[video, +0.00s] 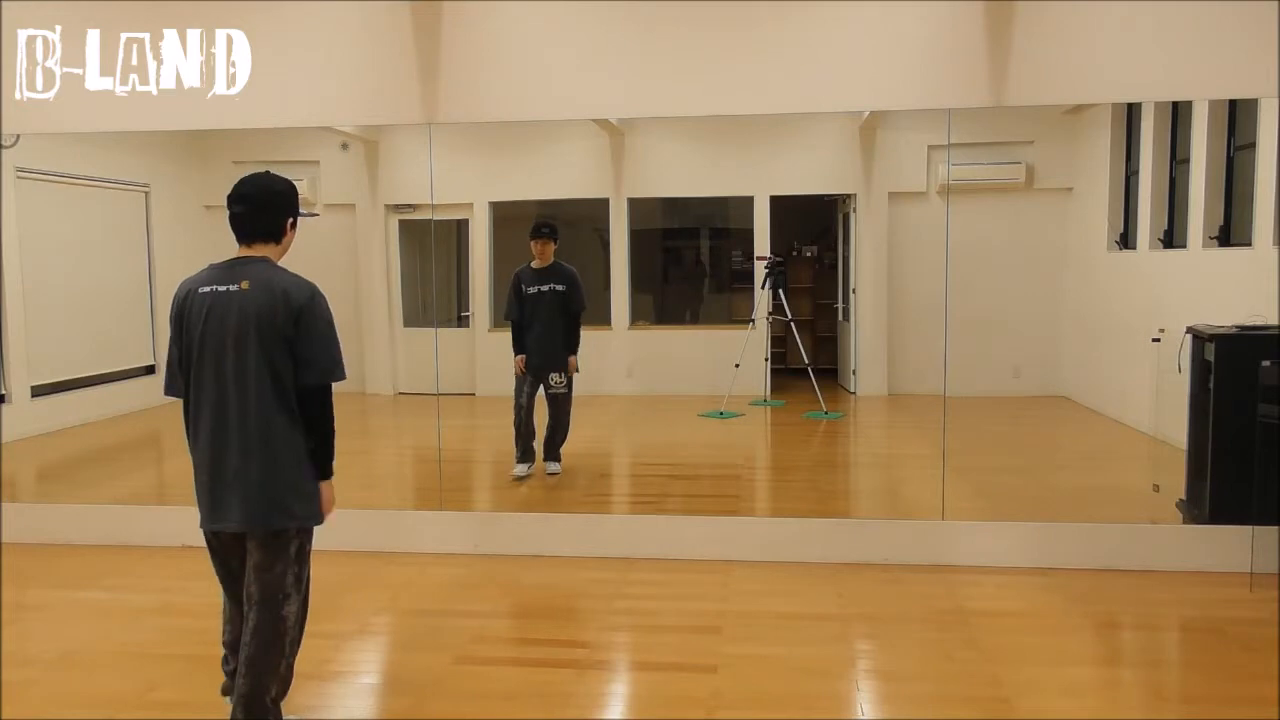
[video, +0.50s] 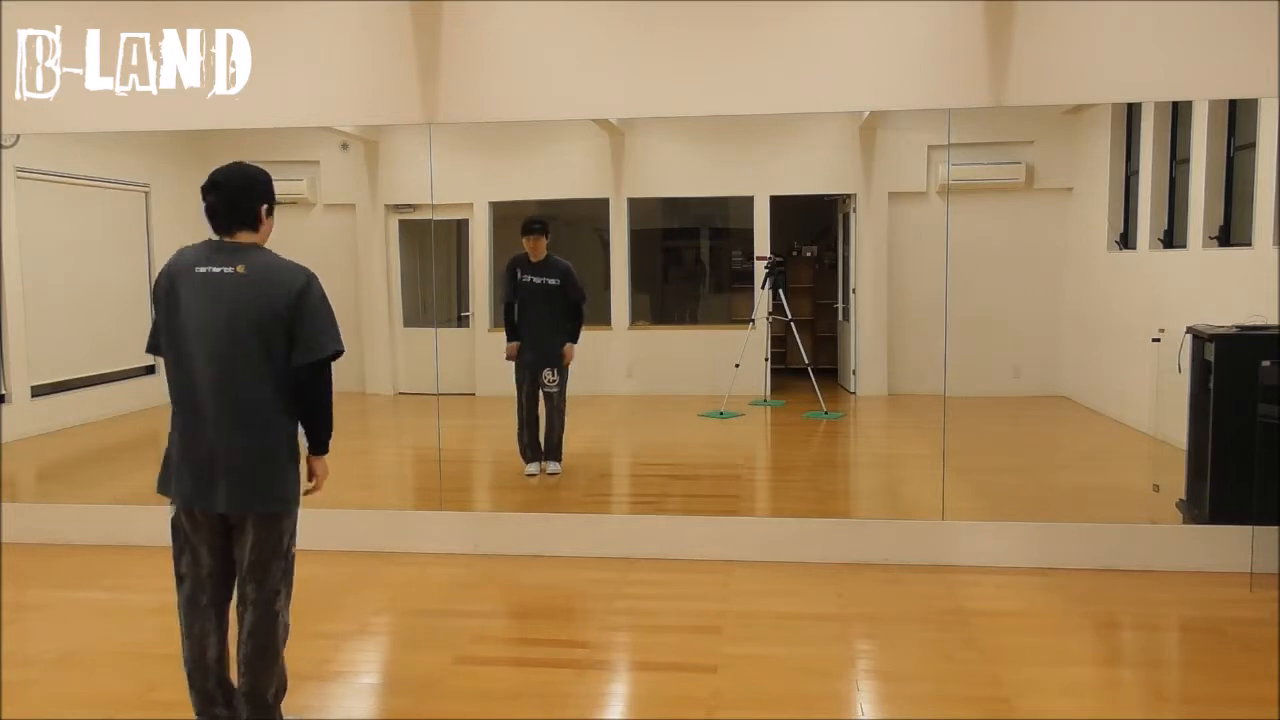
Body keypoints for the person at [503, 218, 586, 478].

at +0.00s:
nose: (540, 248)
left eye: (544, 243)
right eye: (536, 243)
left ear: (555, 245)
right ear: (531, 245)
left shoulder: (568, 275)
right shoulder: (521, 276)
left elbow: (575, 317)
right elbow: (516, 318)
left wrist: (572, 353)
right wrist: (518, 352)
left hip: (559, 354)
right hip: (529, 353)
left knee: (559, 410)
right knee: (522, 407)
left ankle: (552, 457)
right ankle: (524, 459)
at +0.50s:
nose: (532, 244)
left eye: (537, 239)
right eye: (528, 239)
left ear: (547, 240)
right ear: (522, 241)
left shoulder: (562, 269)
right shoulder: (516, 267)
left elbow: (577, 305)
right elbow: (508, 304)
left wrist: (571, 341)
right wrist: (512, 338)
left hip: (555, 344)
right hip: (526, 344)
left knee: (555, 404)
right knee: (526, 405)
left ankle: (553, 457)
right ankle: (531, 458)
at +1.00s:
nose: (525, 293)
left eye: (529, 288)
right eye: (521, 289)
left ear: (537, 279)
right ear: (513, 283)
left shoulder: (554, 290)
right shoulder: (507, 293)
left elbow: (564, 328)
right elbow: (503, 331)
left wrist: (570, 366)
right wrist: (500, 363)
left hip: (549, 354)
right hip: (521, 356)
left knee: (544, 392)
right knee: (521, 407)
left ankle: (544, 437)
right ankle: (530, 458)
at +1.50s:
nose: (526, 289)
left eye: (529, 285)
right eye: (521, 286)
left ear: (535, 276)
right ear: (512, 279)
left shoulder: (551, 282)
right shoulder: (503, 284)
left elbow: (565, 318)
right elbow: (496, 320)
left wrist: (568, 356)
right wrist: (495, 354)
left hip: (547, 351)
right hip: (519, 350)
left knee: (548, 408)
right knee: (518, 408)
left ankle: (544, 460)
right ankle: (530, 458)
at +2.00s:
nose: (521, 296)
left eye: (525, 292)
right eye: (516, 292)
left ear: (533, 284)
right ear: (508, 287)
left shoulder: (549, 297)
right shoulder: (501, 301)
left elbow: (563, 337)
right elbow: (495, 342)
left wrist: (563, 377)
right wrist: (493, 379)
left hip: (547, 363)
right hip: (519, 362)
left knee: (544, 416)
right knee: (511, 406)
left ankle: (540, 466)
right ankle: (528, 426)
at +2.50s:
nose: (520, 292)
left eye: (524, 288)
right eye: (515, 289)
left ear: (531, 279)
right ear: (507, 283)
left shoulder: (549, 293)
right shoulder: (500, 295)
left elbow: (559, 336)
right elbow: (497, 337)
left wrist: (557, 374)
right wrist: (495, 373)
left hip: (544, 364)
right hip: (515, 362)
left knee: (542, 420)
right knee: (506, 407)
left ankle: (535, 467)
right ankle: (509, 460)